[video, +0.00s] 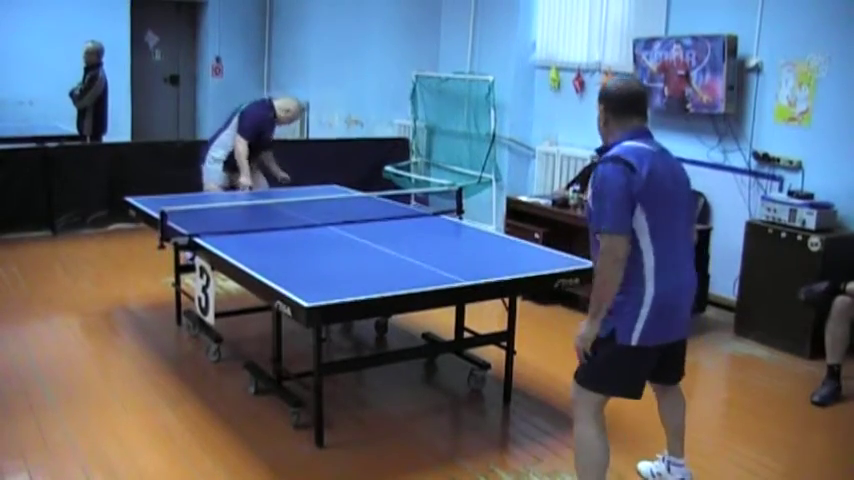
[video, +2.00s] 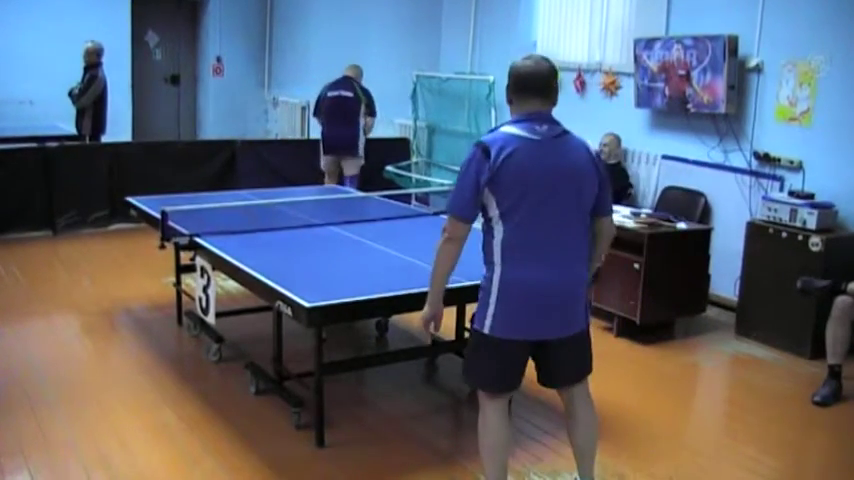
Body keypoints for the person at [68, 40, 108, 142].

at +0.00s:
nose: (86, 57)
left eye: (90, 54)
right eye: (85, 53)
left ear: (98, 56)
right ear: (84, 54)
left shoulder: (97, 76)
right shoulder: (88, 73)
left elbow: (83, 102)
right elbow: (78, 89)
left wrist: (74, 92)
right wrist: (77, 93)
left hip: (93, 128)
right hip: (85, 126)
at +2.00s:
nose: (85, 57)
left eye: (89, 54)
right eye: (85, 53)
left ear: (97, 56)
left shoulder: (96, 76)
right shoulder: (88, 73)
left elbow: (82, 101)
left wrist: (74, 92)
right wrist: (76, 92)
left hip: (92, 128)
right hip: (84, 127)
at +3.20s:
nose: (83, 56)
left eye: (87, 53)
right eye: (84, 52)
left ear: (95, 55)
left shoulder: (95, 76)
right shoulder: (87, 73)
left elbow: (81, 102)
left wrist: (73, 92)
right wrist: (76, 92)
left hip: (91, 128)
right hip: (85, 127)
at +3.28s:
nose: (83, 56)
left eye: (87, 53)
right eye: (83, 53)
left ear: (94, 55)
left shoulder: (95, 76)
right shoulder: (87, 73)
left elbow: (80, 102)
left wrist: (73, 92)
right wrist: (76, 92)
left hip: (91, 128)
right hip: (84, 127)